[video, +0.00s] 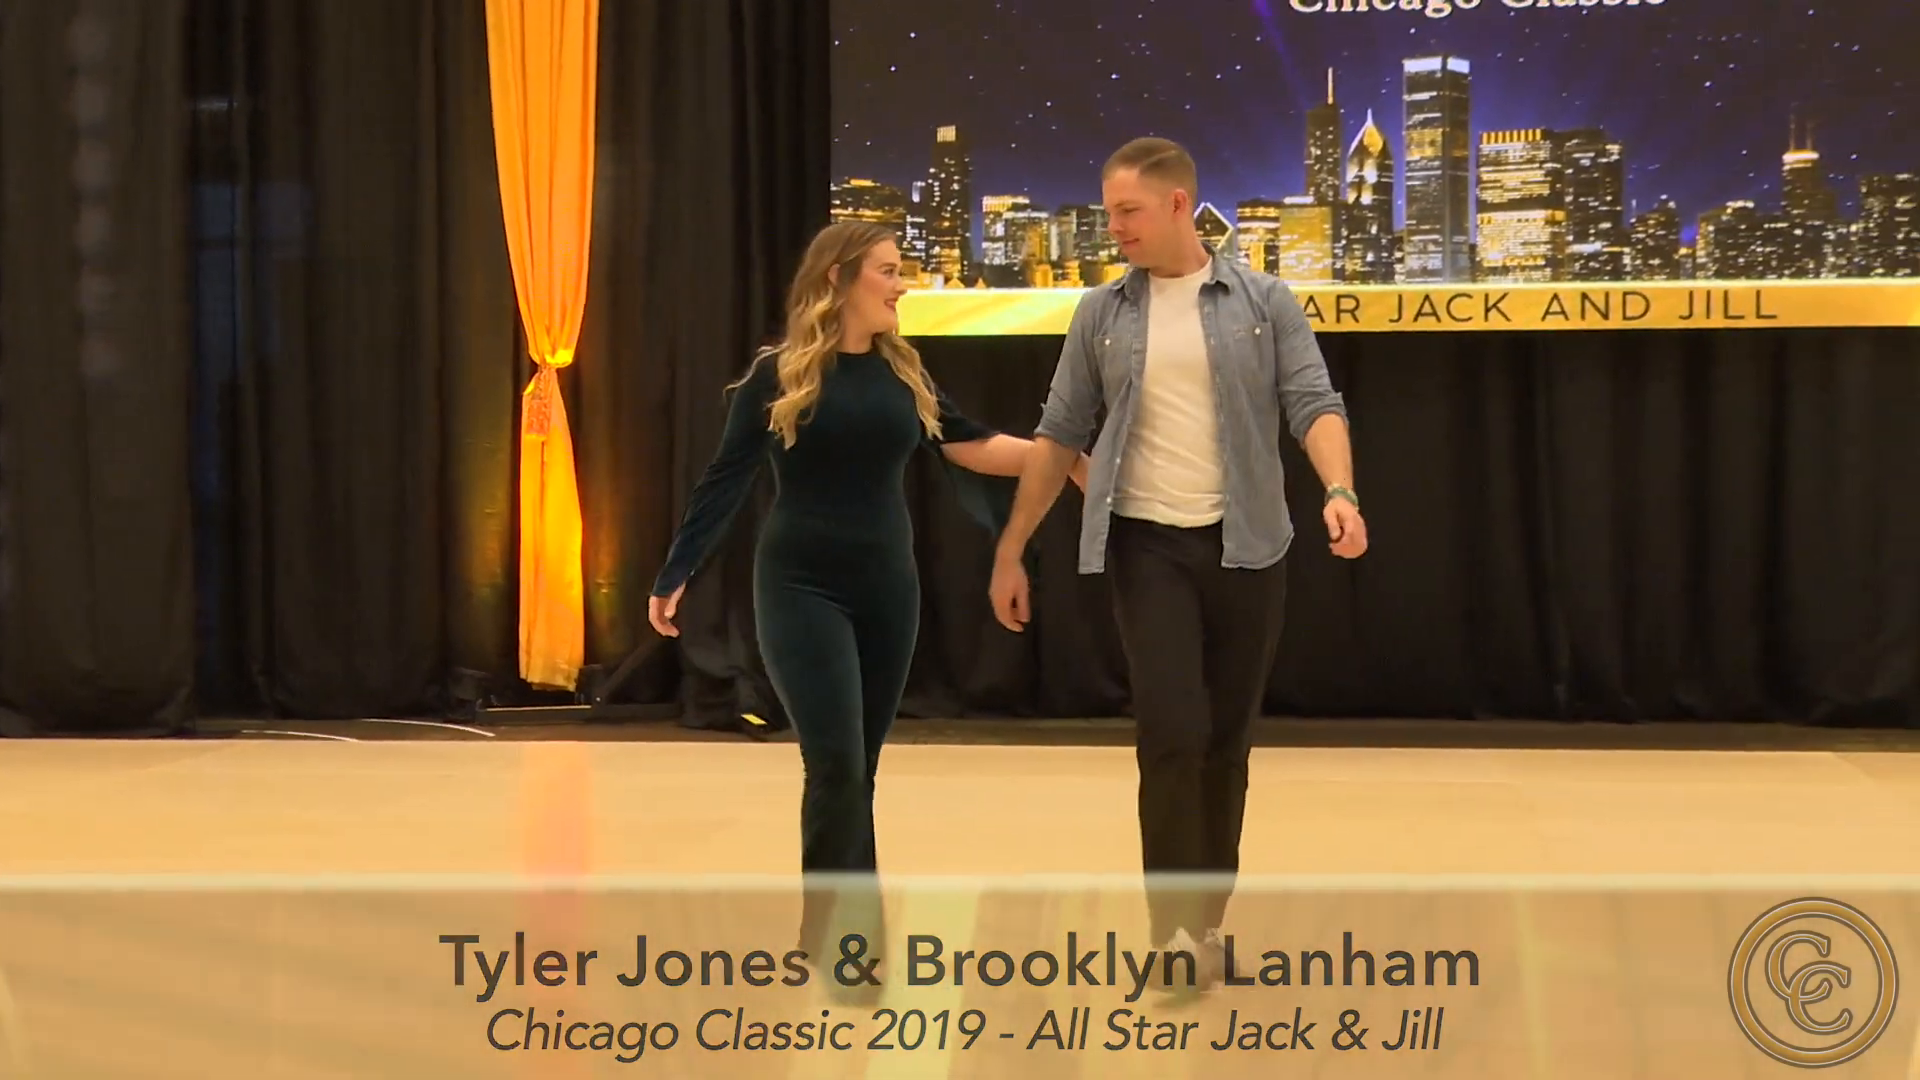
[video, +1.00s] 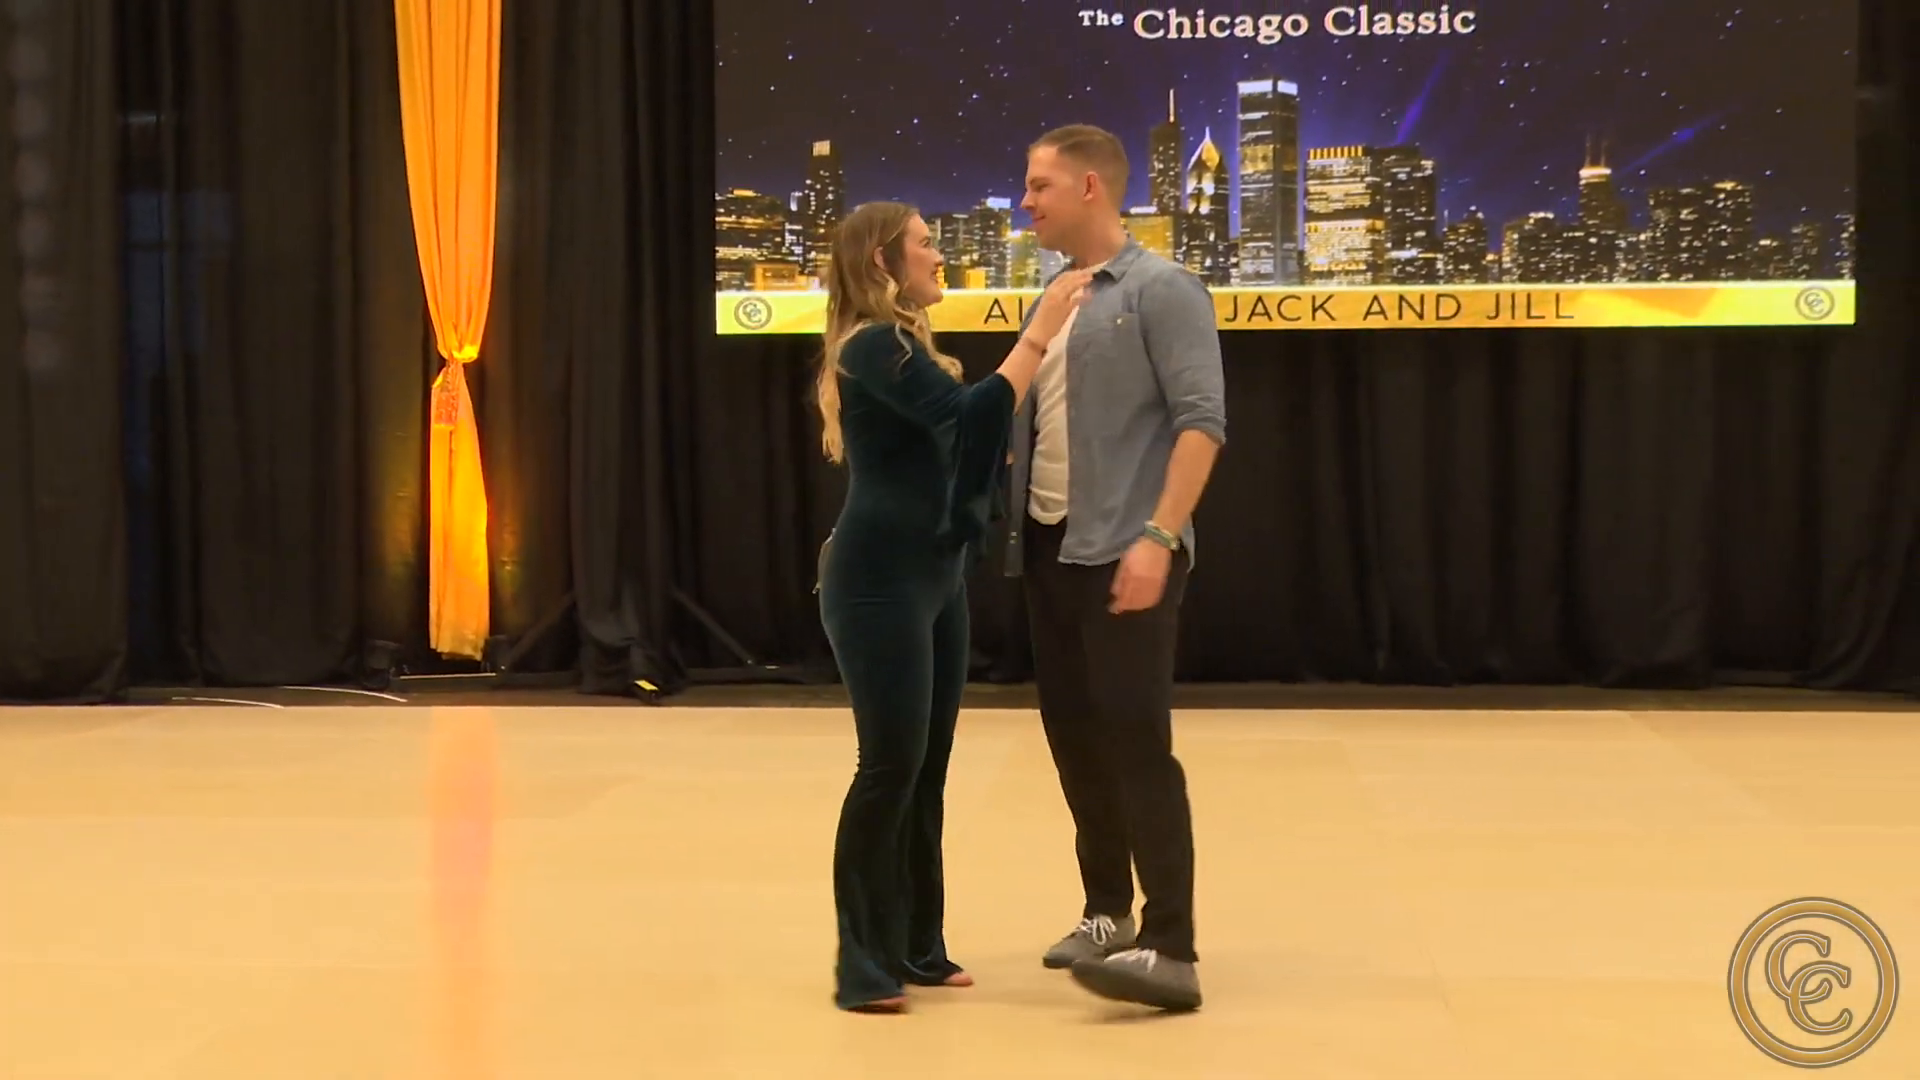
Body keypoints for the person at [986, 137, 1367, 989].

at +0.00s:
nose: (1116, 228)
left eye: (1128, 213)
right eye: (1110, 214)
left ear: (1182, 206)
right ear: (1113, 215)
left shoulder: (1266, 301)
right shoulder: (1102, 310)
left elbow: (1314, 405)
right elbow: (1059, 439)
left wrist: (1339, 491)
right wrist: (1008, 549)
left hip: (1246, 545)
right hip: (1144, 545)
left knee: (1225, 742)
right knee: (1172, 734)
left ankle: (1208, 927)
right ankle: (1170, 935)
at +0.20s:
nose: (1090, 229)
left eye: (1102, 212)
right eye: (1085, 214)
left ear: (1157, 205)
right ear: (1103, 215)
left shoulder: (1249, 303)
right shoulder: (1088, 317)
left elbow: (1299, 418)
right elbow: (1029, 430)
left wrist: (1298, 521)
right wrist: (945, 518)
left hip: (1235, 552)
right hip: (1136, 551)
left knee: (1206, 746)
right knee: (1182, 740)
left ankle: (1160, 914)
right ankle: (1218, 935)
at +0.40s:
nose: (1065, 215)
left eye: (1078, 197)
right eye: (1060, 200)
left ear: (1132, 191)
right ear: (1082, 202)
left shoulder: (1225, 288)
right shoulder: (1067, 306)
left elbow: (1265, 422)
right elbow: (995, 409)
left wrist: (1265, 549)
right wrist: (886, 463)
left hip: (1206, 540)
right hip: (1107, 542)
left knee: (1218, 733)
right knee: (1142, 736)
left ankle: (1222, 902)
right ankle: (1176, 938)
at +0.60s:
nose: (1052, 202)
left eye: (1064, 185)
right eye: (1049, 187)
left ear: (1119, 183)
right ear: (1084, 189)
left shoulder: (1209, 282)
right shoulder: (1052, 297)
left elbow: (1254, 419)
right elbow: (1009, 409)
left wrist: (1264, 548)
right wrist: (938, 425)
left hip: (1194, 539)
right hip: (1087, 544)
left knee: (1231, 733)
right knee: (1119, 744)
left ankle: (1282, 927)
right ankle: (1155, 932)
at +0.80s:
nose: (1037, 199)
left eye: (1049, 183)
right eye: (1035, 185)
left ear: (1105, 184)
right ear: (1072, 190)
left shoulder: (1189, 283)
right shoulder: (1040, 300)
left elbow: (1224, 420)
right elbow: (1017, 422)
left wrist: (1226, 549)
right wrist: (1007, 535)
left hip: (1166, 536)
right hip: (1066, 541)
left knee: (1189, 719)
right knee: (1095, 738)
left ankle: (1222, 917)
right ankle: (1129, 919)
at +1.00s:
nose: (1026, 201)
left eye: (1039, 185)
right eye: (1026, 187)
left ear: (1095, 189)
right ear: (1071, 193)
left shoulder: (1163, 287)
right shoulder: (1053, 299)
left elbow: (1204, 421)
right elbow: (1021, 423)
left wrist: (1160, 538)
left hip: (1127, 553)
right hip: (1048, 551)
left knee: (1137, 747)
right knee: (1077, 743)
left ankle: (1171, 954)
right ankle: (1112, 917)